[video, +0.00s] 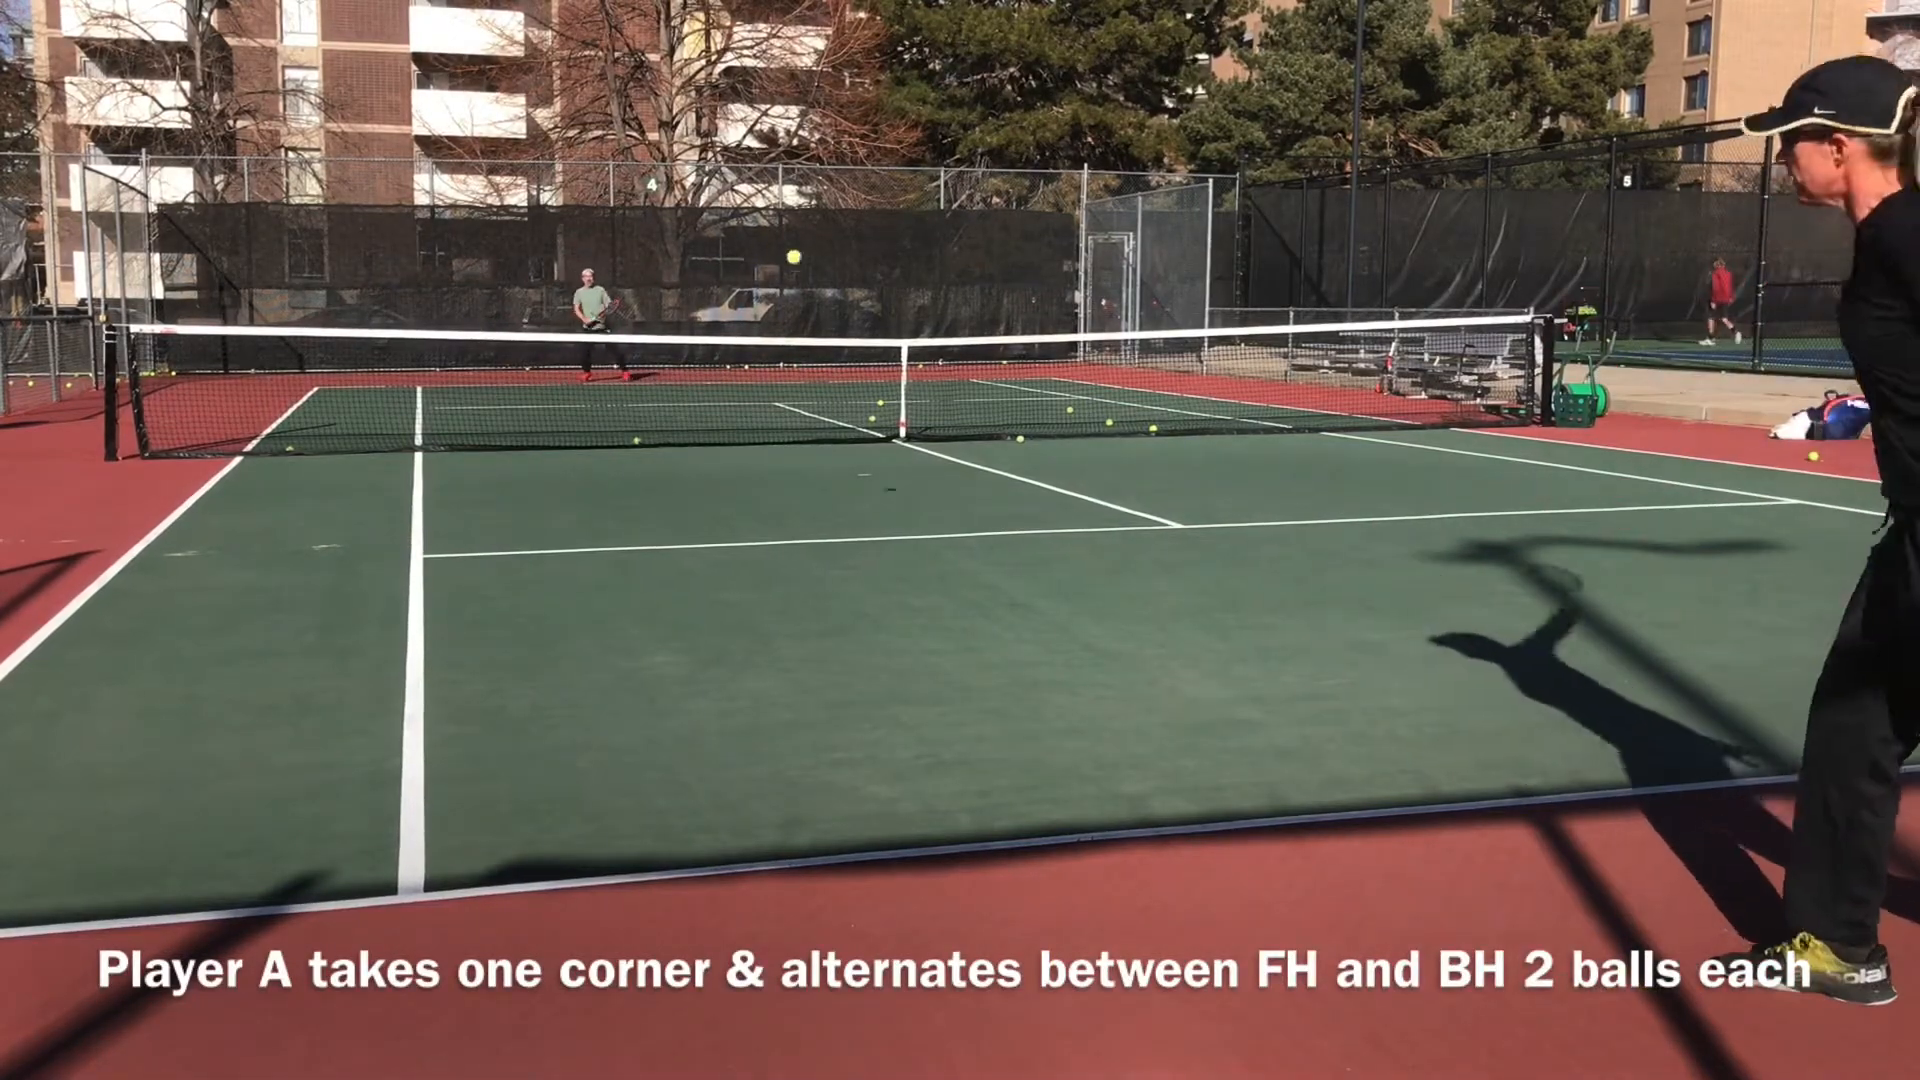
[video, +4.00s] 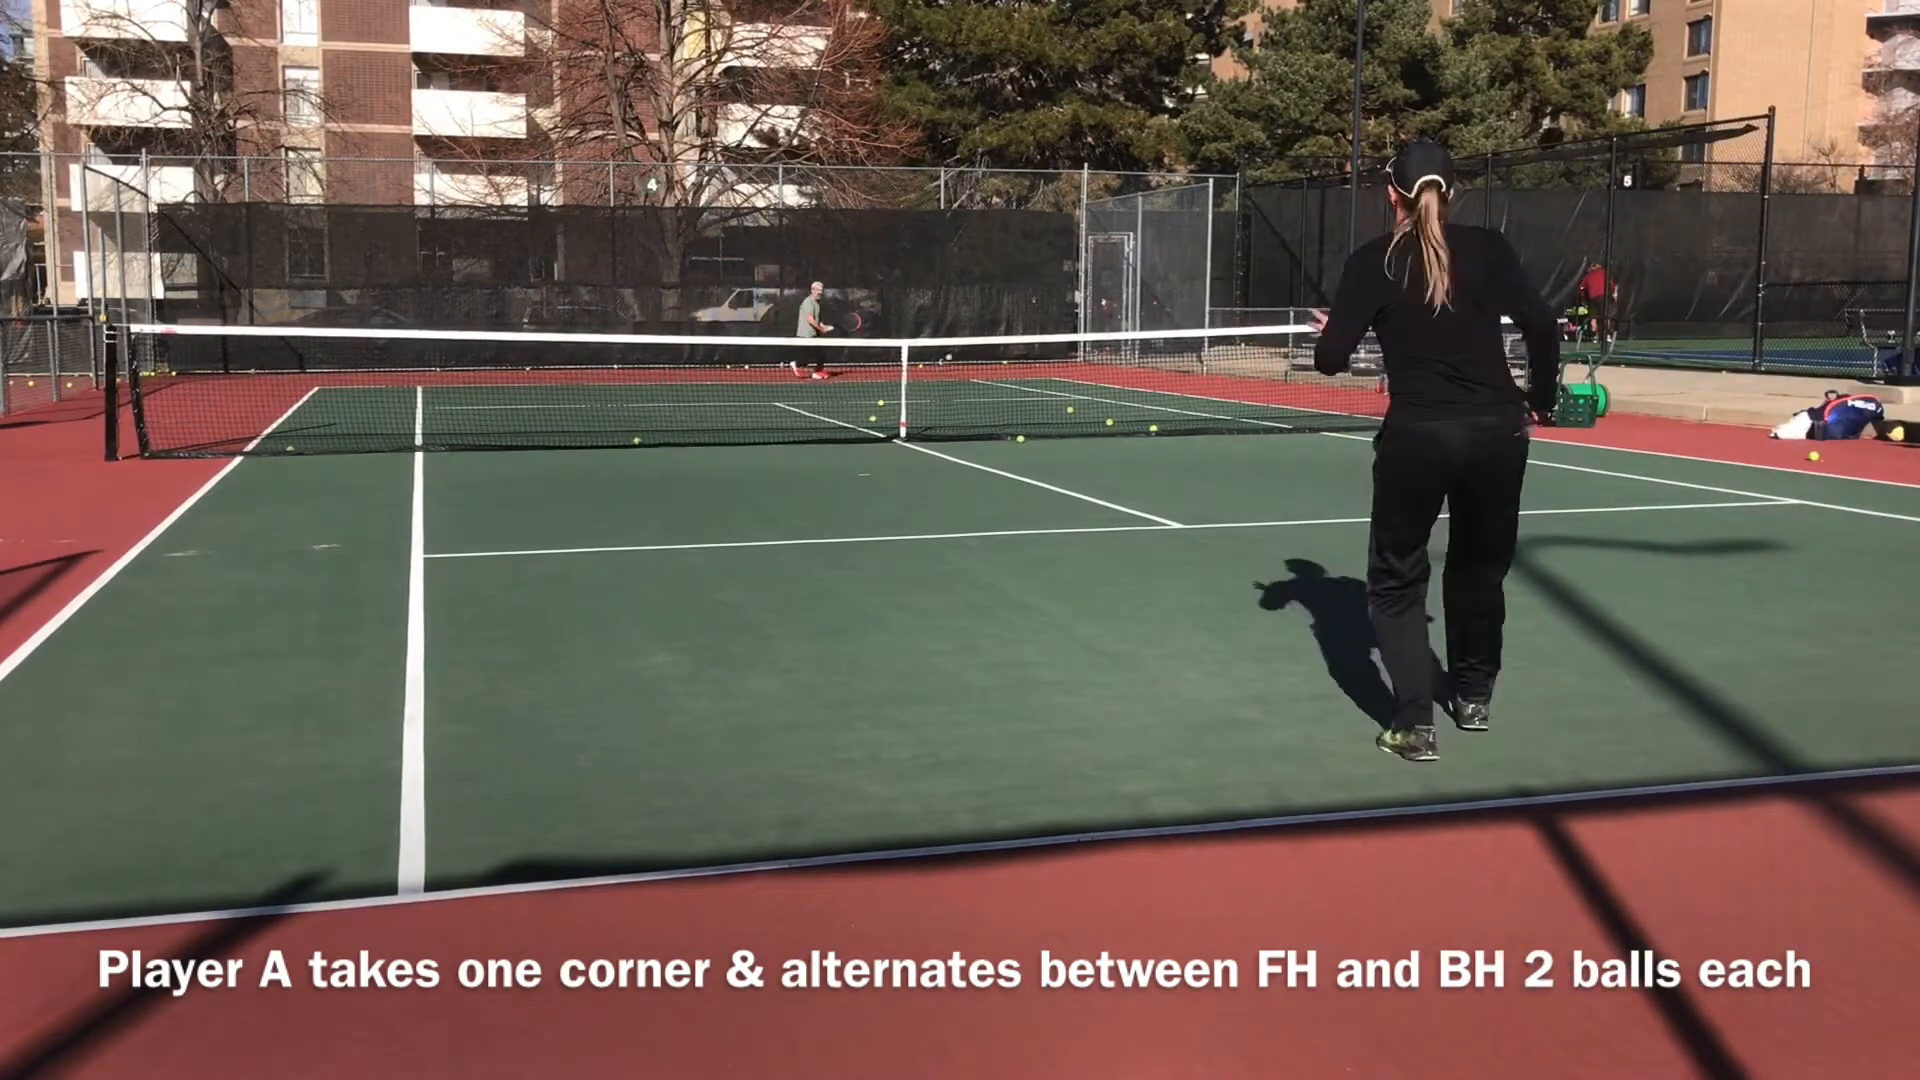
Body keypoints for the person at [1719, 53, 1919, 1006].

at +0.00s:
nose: (1788, 170)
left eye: (1795, 151)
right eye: (1788, 152)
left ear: (1840, 148)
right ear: (1856, 146)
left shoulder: (1891, 247)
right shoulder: (1893, 235)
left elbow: (1907, 400)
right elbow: (1913, 378)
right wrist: (1857, 413)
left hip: (1913, 545)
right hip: (1906, 540)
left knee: (1853, 721)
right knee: (1854, 720)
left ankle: (1839, 940)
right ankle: (1835, 935)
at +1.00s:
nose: (1786, 141)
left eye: (1793, 128)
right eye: (1792, 127)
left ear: (1821, 136)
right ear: (1881, 139)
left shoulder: (1781, 218)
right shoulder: (1912, 211)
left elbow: (1747, 368)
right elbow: (1885, 376)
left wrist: (1704, 415)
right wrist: (1772, 419)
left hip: (1817, 512)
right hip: (1908, 516)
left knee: (1706, 730)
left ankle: (1658, 966)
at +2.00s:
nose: (1630, 262)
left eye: (1631, 242)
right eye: (1628, 244)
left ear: (1664, 236)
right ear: (1696, 233)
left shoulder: (1731, 306)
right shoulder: (1750, 305)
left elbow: (1820, 426)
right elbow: (1758, 464)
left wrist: (1689, 470)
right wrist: (1681, 554)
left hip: (1795, 568)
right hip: (1864, 574)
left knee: (1614, 703)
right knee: (1828, 790)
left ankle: (1653, 938)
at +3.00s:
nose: (1246, 341)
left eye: (1245, 329)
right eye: (1241, 333)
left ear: (1271, 314)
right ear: (1275, 315)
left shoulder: (1314, 325)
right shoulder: (1328, 329)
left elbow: (1358, 383)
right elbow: (1378, 399)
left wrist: (1341, 443)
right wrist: (1365, 469)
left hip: (1428, 463)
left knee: (1390, 620)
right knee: (1341, 561)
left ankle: (1521, 709)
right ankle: (1347, 707)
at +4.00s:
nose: (1388, 198)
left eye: (1388, 190)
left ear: (1395, 195)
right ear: (1450, 193)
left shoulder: (1375, 259)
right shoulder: (1488, 246)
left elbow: (1330, 358)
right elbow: (1541, 324)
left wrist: (1332, 334)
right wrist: (1542, 396)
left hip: (1415, 436)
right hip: (1496, 435)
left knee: (1397, 577)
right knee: (1480, 566)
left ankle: (1415, 723)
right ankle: (1475, 695)